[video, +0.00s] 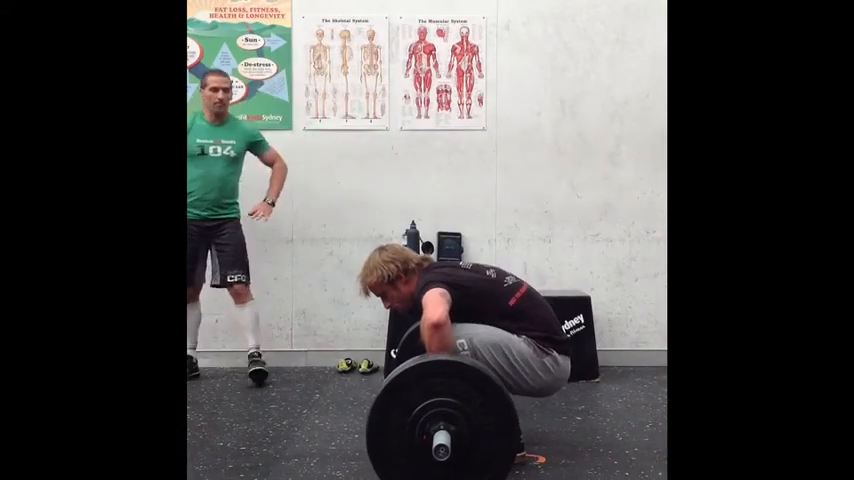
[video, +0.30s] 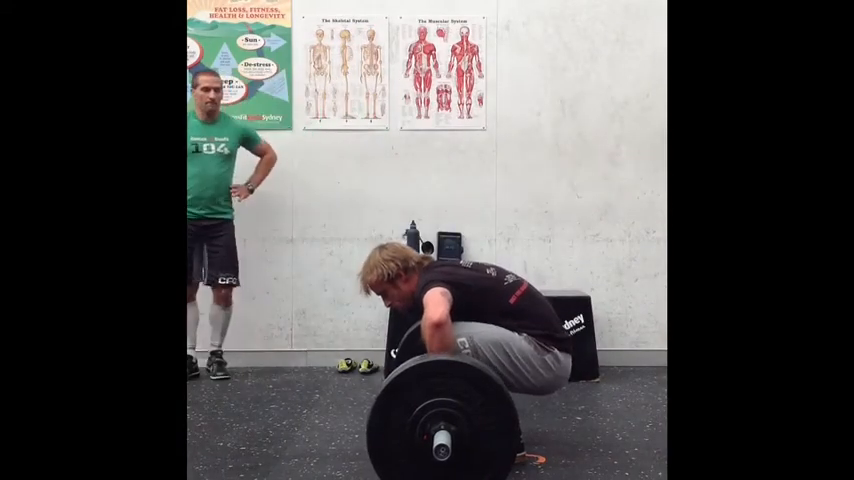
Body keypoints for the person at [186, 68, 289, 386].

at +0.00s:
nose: (220, 95)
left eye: (225, 90)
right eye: (214, 90)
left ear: (232, 94)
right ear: (202, 93)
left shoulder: (244, 131)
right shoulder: (189, 127)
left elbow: (279, 164)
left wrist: (270, 201)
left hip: (227, 219)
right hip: (191, 220)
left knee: (239, 287)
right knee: (190, 291)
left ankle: (255, 354)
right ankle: (189, 357)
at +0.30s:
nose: (211, 95)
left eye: (216, 90)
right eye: (205, 89)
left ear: (223, 93)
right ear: (193, 93)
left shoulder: (235, 128)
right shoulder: (187, 124)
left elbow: (269, 155)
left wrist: (249, 186)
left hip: (220, 219)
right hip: (188, 218)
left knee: (223, 289)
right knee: (188, 289)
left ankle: (215, 355)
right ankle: (189, 357)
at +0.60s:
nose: (214, 94)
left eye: (219, 89)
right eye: (207, 89)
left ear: (226, 93)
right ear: (196, 93)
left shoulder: (240, 129)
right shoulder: (188, 124)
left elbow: (277, 157)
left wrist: (252, 183)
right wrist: (185, 176)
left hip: (221, 220)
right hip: (187, 219)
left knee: (218, 290)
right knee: (186, 288)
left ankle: (215, 356)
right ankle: (187, 355)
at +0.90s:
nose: (206, 94)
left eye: (211, 88)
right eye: (200, 89)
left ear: (218, 93)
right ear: (190, 93)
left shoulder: (237, 129)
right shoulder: (186, 127)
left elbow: (273, 159)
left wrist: (248, 187)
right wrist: (186, 179)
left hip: (219, 221)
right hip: (187, 220)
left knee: (216, 289)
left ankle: (215, 355)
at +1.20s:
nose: (192, 93)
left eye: (196, 88)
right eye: (188, 88)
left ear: (203, 93)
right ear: (182, 93)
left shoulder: (219, 129)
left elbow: (256, 161)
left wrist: (232, 188)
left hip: (202, 218)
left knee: (207, 288)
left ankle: (213, 355)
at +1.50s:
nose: (185, 92)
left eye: (187, 86)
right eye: (185, 86)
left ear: (190, 90)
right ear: (186, 91)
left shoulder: (201, 128)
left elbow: (235, 164)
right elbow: (235, 164)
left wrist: (212, 189)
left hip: (189, 216)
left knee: (203, 286)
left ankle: (207, 352)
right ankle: (207, 352)